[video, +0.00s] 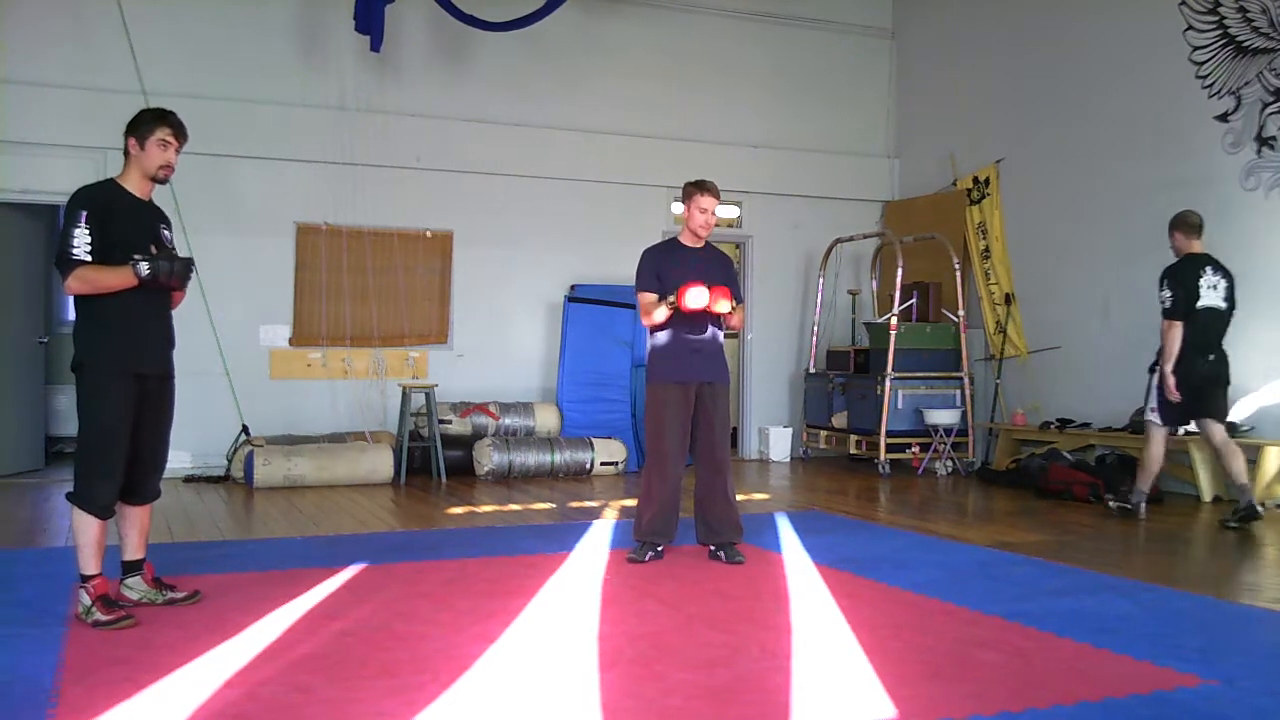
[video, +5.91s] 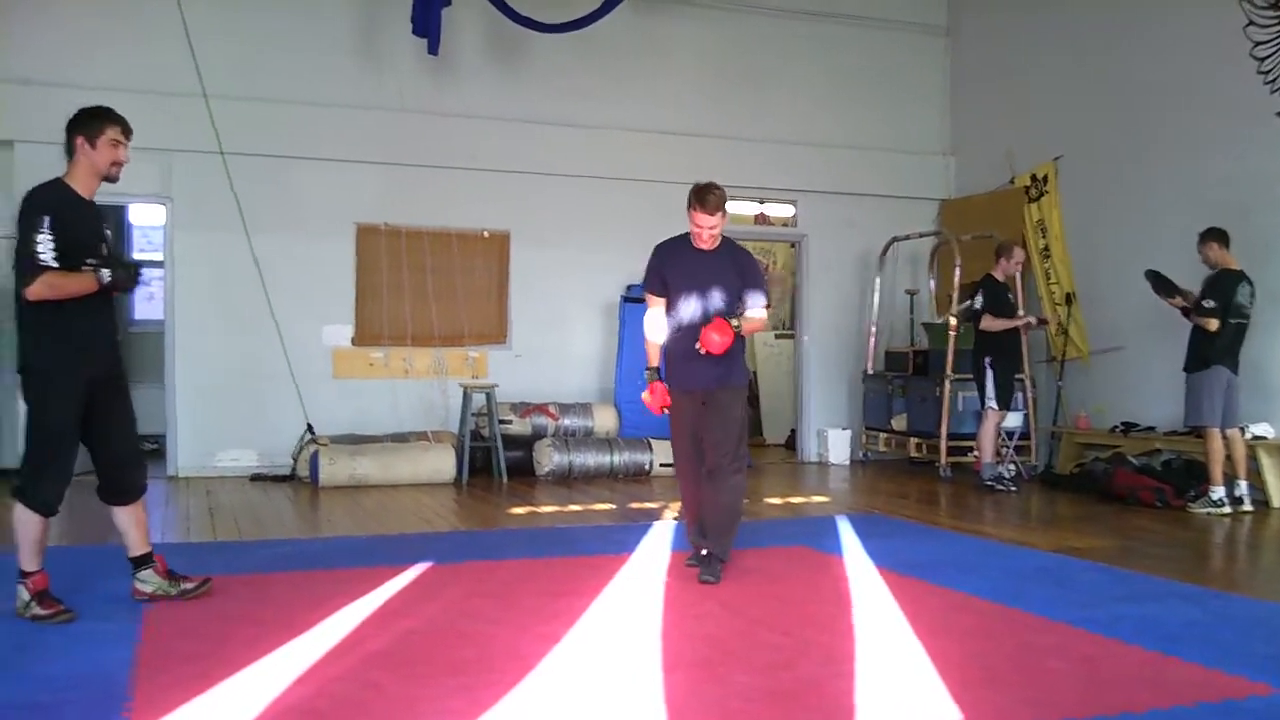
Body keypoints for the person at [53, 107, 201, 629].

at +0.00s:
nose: (172, 157)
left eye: (177, 150)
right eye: (164, 146)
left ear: (172, 156)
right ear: (133, 144)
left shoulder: (159, 219)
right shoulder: (89, 200)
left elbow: (169, 303)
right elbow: (76, 279)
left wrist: (181, 277)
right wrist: (146, 272)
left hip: (154, 365)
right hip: (105, 363)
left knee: (142, 471)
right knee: (98, 472)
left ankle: (135, 579)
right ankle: (91, 590)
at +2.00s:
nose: (144, 151)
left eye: (145, 141)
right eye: (138, 139)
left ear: (110, 141)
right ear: (104, 138)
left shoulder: (110, 204)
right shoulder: (65, 194)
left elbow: (105, 273)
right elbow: (63, 280)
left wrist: (142, 269)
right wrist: (131, 267)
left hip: (124, 360)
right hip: (83, 361)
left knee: (113, 467)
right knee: (73, 468)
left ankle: (103, 575)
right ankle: (57, 589)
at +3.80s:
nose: (77, 145)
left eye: (81, 137)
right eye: (66, 135)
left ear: (82, 144)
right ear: (36, 138)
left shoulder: (79, 208)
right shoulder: (5, 200)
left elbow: (106, 289)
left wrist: (97, 268)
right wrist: (63, 268)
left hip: (82, 358)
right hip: (24, 360)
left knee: (91, 468)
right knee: (35, 469)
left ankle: (34, 548)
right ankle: (47, 592)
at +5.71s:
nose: (98, 146)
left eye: (97, 137)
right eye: (90, 136)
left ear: (64, 143)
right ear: (56, 140)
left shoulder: (73, 212)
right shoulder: (12, 199)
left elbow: (84, 281)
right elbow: (7, 281)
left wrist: (94, 269)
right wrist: (71, 273)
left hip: (72, 362)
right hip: (20, 366)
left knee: (96, 461)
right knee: (18, 473)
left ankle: (100, 569)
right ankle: (8, 581)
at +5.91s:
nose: (123, 156)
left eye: (125, 148)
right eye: (116, 146)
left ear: (99, 150)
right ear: (83, 144)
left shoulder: (96, 215)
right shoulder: (43, 202)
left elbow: (88, 278)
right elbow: (36, 287)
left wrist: (117, 274)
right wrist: (104, 278)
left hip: (101, 364)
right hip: (53, 367)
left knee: (124, 466)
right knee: (45, 472)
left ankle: (147, 573)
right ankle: (31, 588)